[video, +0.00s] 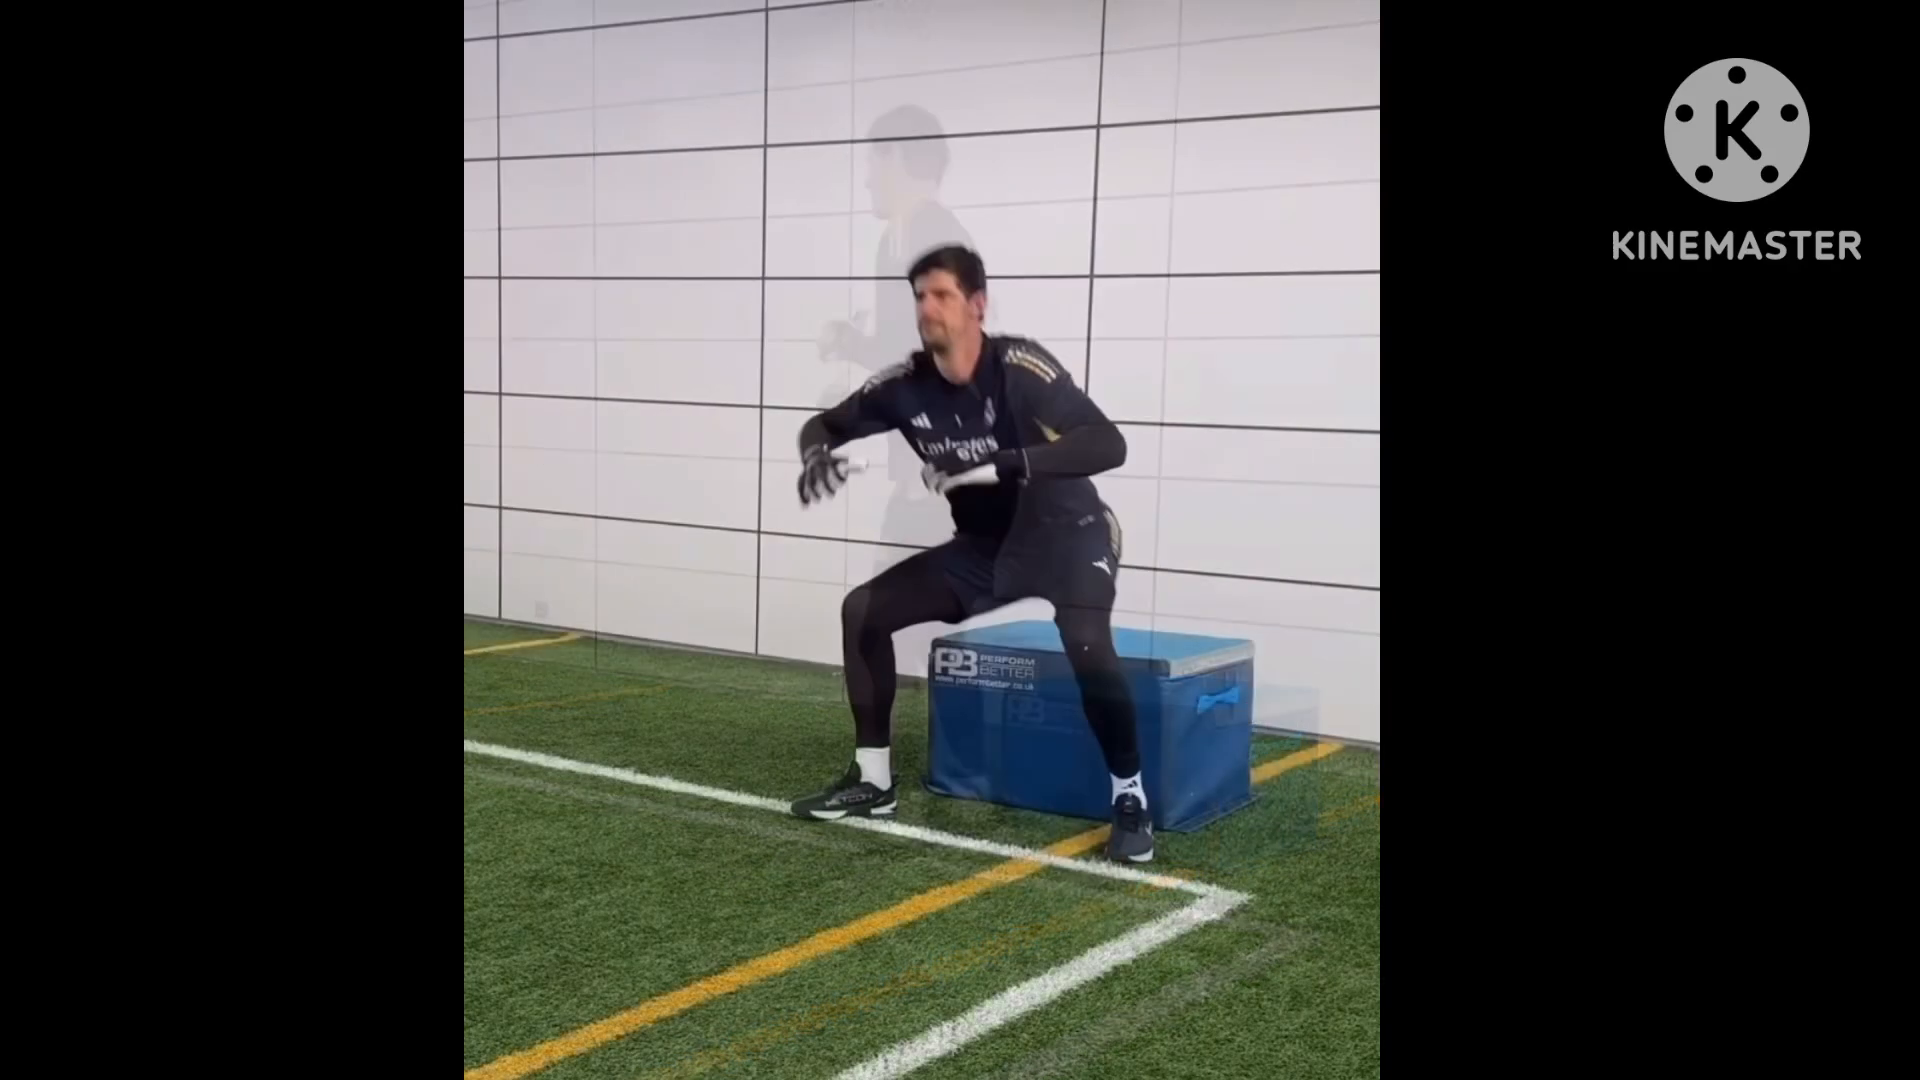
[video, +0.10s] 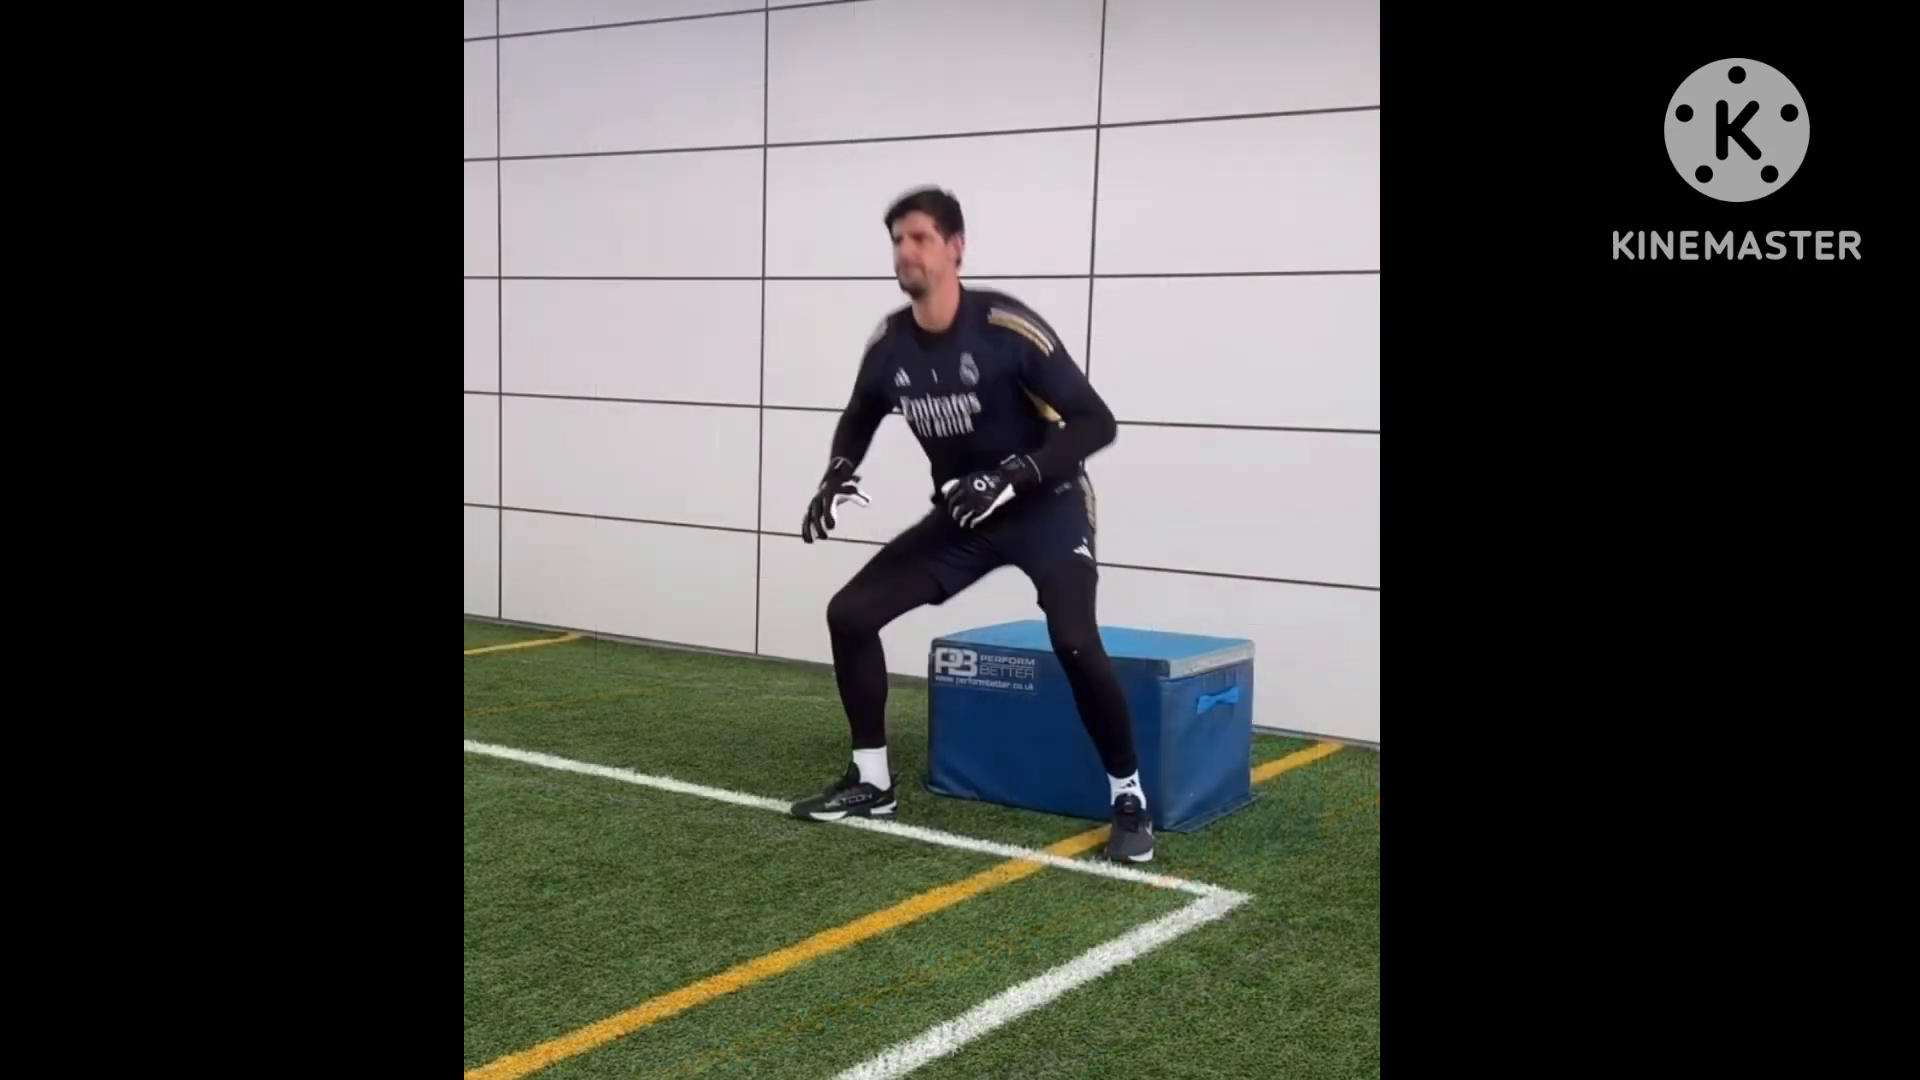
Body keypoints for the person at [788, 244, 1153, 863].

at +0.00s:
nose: (925, 309)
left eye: (939, 296)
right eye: (919, 297)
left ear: (977, 303)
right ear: (915, 306)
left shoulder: (1022, 366)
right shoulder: (903, 390)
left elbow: (1107, 444)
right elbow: (824, 426)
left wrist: (1005, 461)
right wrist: (816, 449)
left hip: (1069, 538)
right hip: (985, 548)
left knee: (1088, 648)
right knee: (864, 611)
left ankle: (1130, 801)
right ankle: (874, 781)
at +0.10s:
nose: (904, 252)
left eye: (918, 239)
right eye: (897, 241)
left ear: (955, 248)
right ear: (892, 255)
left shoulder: (1008, 326)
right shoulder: (890, 345)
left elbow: (1096, 423)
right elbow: (862, 414)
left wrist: (1015, 477)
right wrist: (840, 471)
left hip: (1048, 509)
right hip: (963, 515)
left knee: (1074, 640)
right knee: (850, 614)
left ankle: (1129, 801)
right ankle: (871, 782)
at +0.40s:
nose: (867, 162)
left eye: (878, 146)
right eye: (859, 150)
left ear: (918, 146)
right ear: (858, 159)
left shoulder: (960, 213)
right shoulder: (858, 247)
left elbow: (944, 293)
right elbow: (790, 343)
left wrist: (837, 251)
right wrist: (760, 280)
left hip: (990, 455)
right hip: (909, 467)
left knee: (1047, 627)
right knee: (839, 611)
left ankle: (1122, 795)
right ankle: (870, 782)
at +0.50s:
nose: (855, 158)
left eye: (867, 142)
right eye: (848, 147)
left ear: (907, 145)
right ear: (848, 158)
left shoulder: (948, 211)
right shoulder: (859, 251)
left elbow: (937, 315)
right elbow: (824, 365)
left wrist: (844, 296)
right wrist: (786, 326)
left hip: (977, 450)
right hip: (901, 462)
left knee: (1039, 625)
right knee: (837, 610)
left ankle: (1118, 793)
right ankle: (870, 782)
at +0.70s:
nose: (980, 374)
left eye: (994, 362)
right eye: (972, 363)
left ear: (1028, 366)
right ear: (965, 369)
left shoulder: (1075, 452)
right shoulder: (953, 451)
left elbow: (1109, 571)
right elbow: (907, 545)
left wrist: (1031, 565)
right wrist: (915, 549)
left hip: (1064, 615)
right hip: (979, 613)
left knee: (1025, 641)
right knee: (841, 629)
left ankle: (1011, 839)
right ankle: (866, 794)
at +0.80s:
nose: (987, 381)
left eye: (1000, 369)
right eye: (980, 370)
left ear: (1036, 375)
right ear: (973, 377)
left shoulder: (1079, 458)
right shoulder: (960, 457)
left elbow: (1114, 579)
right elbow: (898, 561)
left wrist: (1043, 564)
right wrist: (911, 544)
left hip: (1067, 621)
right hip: (983, 618)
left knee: (1024, 644)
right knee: (842, 626)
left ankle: (1011, 840)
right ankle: (866, 795)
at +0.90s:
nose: (988, 383)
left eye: (1002, 370)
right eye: (981, 371)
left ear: (1037, 377)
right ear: (974, 378)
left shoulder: (1078, 462)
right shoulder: (959, 458)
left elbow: (1107, 581)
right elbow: (896, 565)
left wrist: (1028, 564)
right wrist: (908, 547)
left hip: (1066, 623)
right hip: (982, 619)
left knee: (1021, 642)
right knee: (839, 626)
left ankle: (1010, 839)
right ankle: (866, 794)